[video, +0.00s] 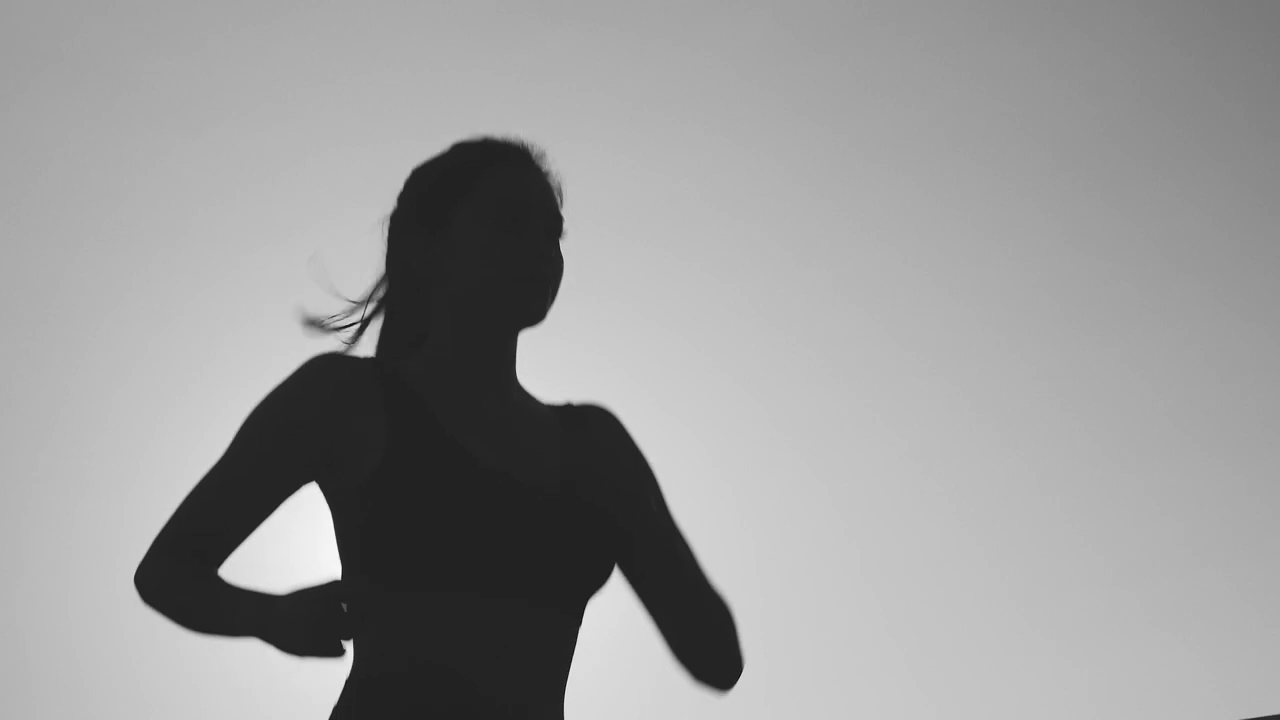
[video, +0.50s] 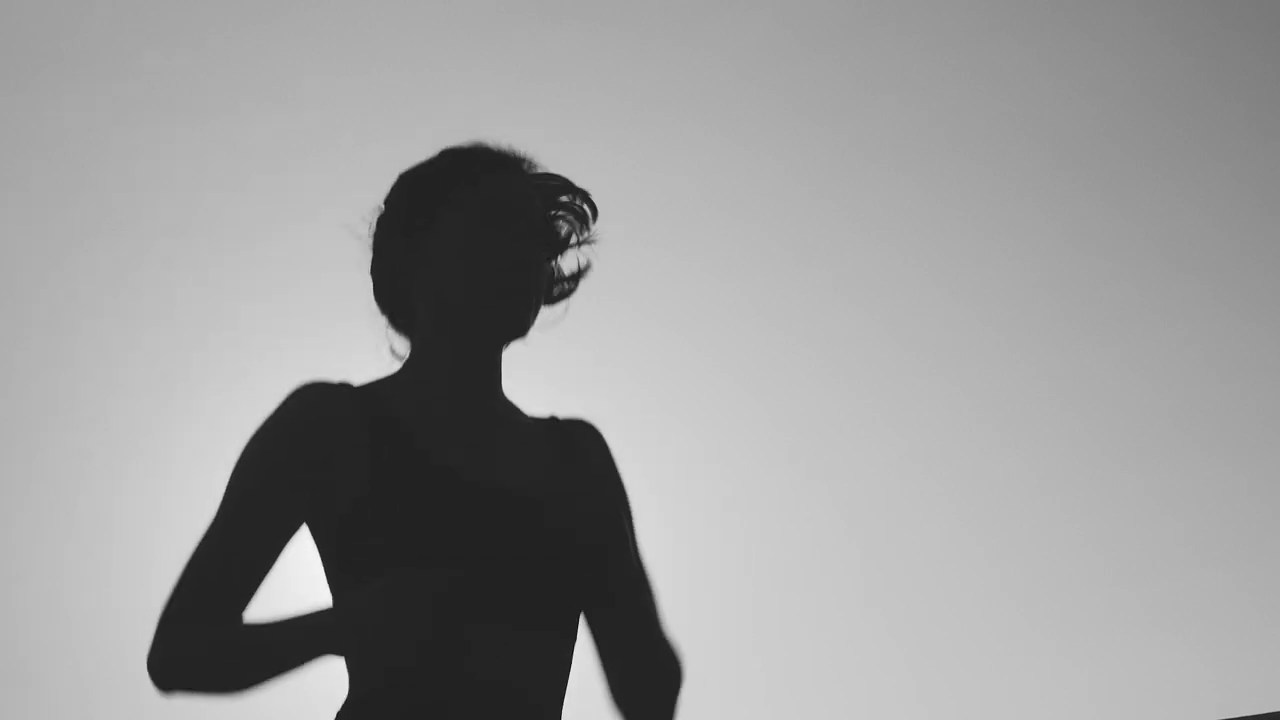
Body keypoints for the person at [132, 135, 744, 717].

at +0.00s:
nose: (549, 252)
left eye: (552, 231)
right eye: (518, 225)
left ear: (556, 259)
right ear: (435, 245)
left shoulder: (589, 445)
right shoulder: (338, 399)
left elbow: (719, 664)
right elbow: (166, 574)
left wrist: (629, 516)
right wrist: (270, 616)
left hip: (527, 709)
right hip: (379, 705)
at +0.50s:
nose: (521, 269)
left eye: (532, 247)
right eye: (488, 242)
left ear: (547, 276)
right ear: (416, 266)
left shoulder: (573, 455)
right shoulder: (322, 425)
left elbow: (648, 688)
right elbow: (179, 656)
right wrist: (346, 625)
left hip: (523, 708)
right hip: (376, 712)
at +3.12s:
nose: (759, 273)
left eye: (754, 254)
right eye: (737, 253)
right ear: (669, 268)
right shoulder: (617, 382)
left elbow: (567, 641)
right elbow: (614, 572)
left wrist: (764, 666)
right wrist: (790, 494)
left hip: (729, 704)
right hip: (673, 702)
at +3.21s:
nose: (766, 272)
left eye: (760, 252)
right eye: (738, 250)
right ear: (666, 271)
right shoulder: (626, 383)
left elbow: (579, 646)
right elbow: (616, 573)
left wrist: (771, 671)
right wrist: (795, 503)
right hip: (677, 702)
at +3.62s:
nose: (778, 340)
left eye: (772, 322)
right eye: (746, 320)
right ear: (667, 350)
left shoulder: (783, 546)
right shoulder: (613, 490)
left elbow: (778, 701)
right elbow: (463, 695)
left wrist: (854, 704)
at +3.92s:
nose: (750, 297)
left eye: (747, 277)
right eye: (723, 276)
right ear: (642, 297)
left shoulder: (781, 477)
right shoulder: (558, 446)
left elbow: (888, 695)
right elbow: (398, 618)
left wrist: (815, 551)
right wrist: (543, 653)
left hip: (750, 715)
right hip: (624, 713)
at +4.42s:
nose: (691, 300)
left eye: (695, 282)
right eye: (659, 276)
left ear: (701, 301)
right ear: (575, 296)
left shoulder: (717, 475)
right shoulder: (509, 445)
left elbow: (761, 706)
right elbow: (363, 659)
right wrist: (557, 646)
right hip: (580, 710)